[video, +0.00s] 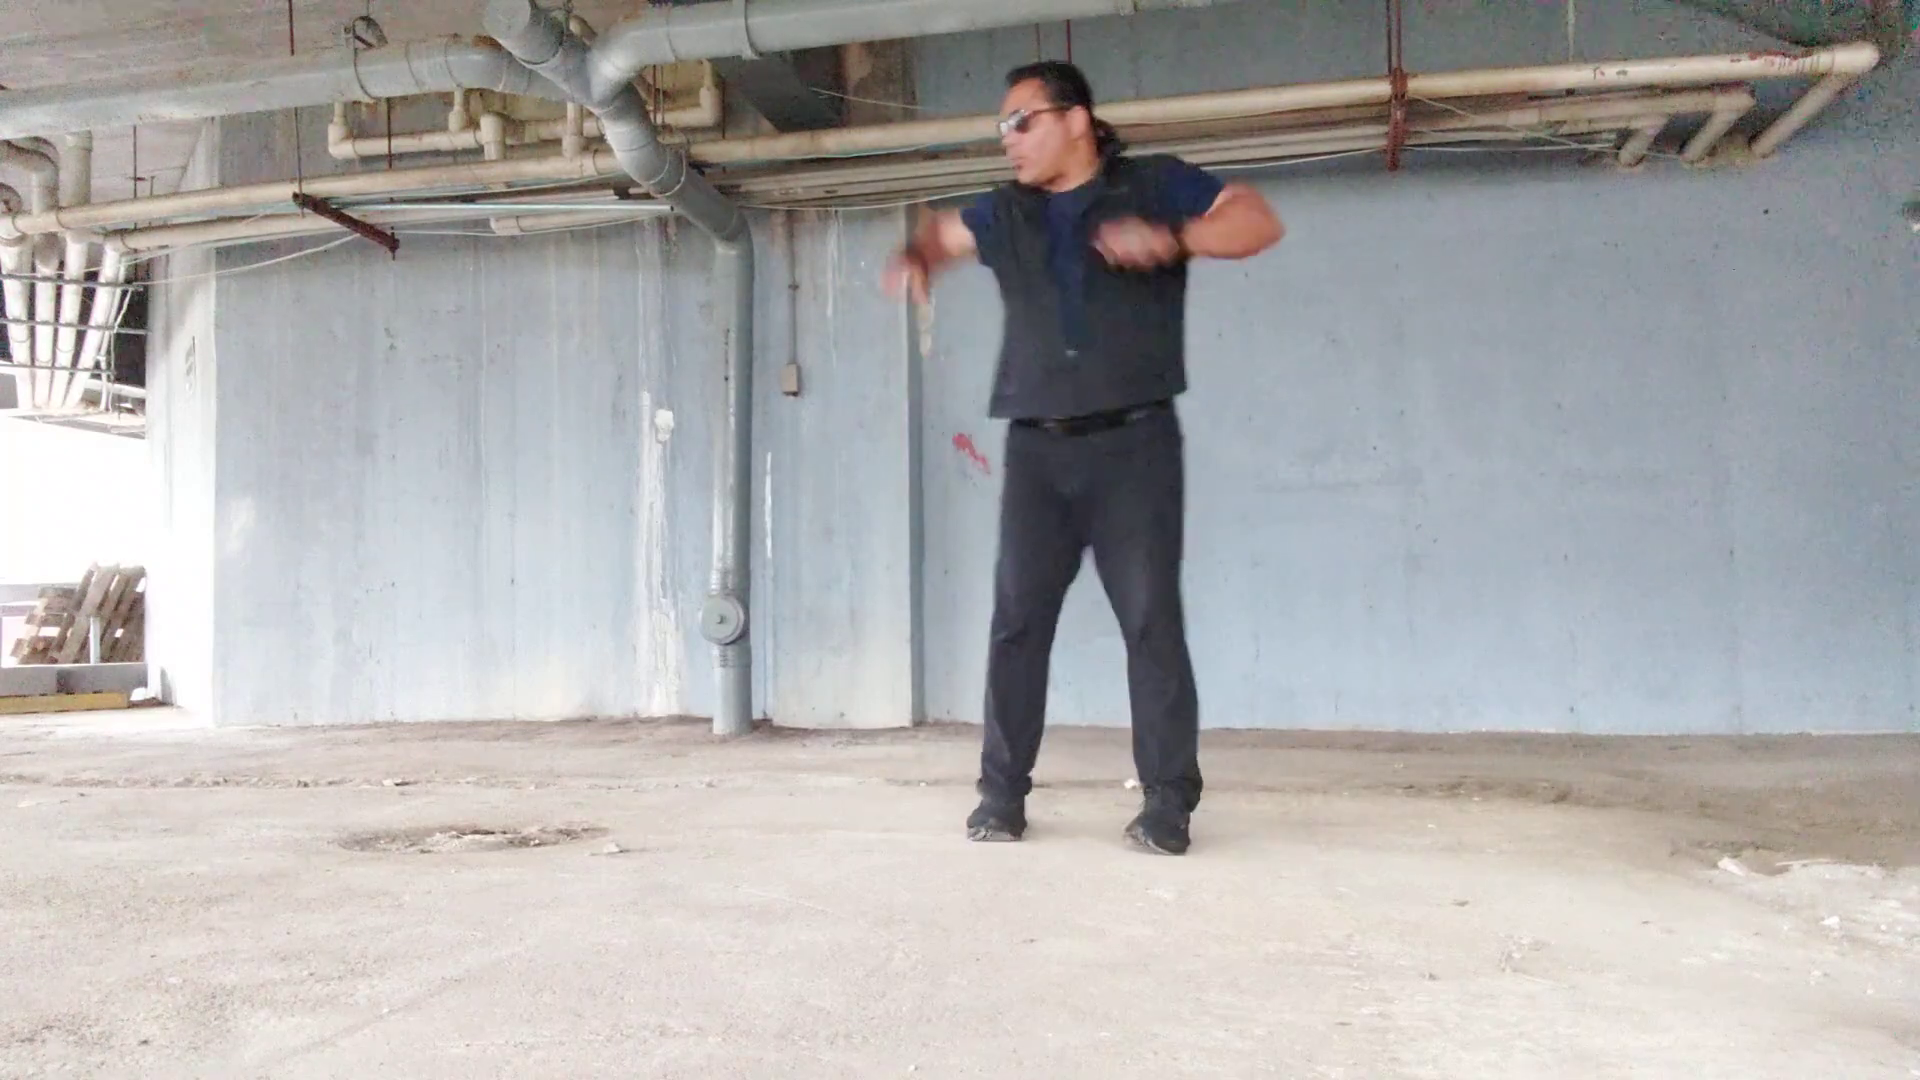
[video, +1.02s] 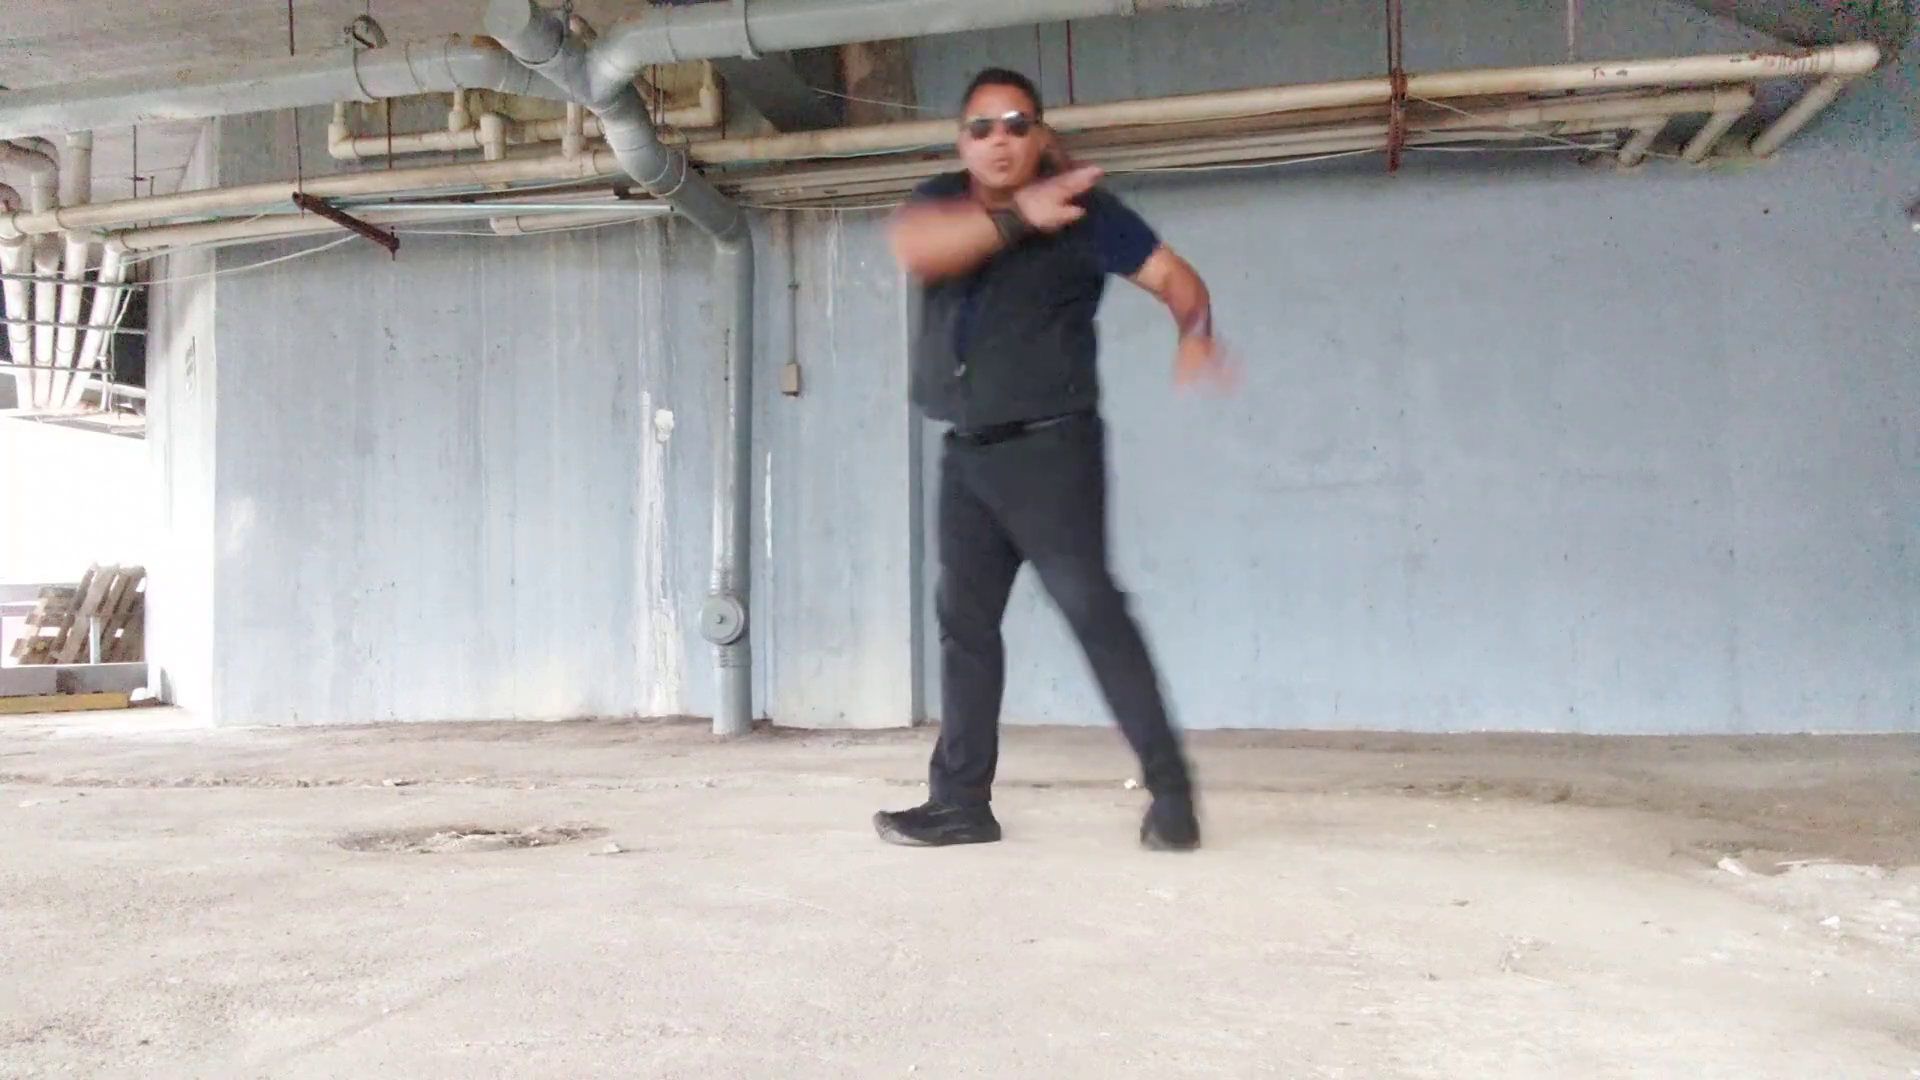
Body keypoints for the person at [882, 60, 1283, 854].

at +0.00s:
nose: (1009, 139)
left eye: (1023, 122)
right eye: (1004, 127)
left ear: (1079, 120)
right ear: (1016, 137)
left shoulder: (1152, 184)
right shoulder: (1007, 210)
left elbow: (1259, 223)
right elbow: (936, 237)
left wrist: (1169, 239)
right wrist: (915, 258)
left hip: (1134, 443)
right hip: (1037, 449)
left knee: (1151, 623)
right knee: (1017, 623)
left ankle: (1168, 800)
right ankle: (1002, 795)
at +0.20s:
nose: (1045, 149)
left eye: (1060, 131)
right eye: (1040, 135)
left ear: (1113, 132)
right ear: (1043, 147)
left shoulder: (1191, 217)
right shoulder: (1036, 235)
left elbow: (1212, 321)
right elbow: (997, 352)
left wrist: (1118, 322)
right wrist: (1019, 324)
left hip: (1172, 453)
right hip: (1076, 460)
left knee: (1170, 621)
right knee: (1061, 614)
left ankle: (1168, 805)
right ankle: (1158, 734)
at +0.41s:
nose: (1054, 162)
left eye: (1067, 147)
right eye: (1050, 151)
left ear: (1122, 146)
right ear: (1069, 164)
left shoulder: (1187, 207)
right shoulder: (1064, 222)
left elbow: (1273, 271)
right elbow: (999, 248)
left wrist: (1332, 314)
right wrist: (1103, 214)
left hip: (1162, 443)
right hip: (1099, 454)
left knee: (1102, 602)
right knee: (1172, 617)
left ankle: (1178, 778)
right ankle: (1259, 780)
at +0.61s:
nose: (1099, 150)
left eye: (1114, 135)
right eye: (1083, 139)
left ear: (1146, 146)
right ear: (1065, 157)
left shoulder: (1195, 233)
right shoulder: (1040, 243)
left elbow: (1237, 325)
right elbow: (1001, 348)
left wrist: (1167, 289)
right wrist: (1015, 371)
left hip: (1162, 457)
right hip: (1070, 464)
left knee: (1155, 620)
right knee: (1016, 610)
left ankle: (1186, 807)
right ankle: (1144, 737)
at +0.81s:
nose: (1066, 129)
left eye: (1082, 112)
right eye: (1048, 116)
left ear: (1110, 124)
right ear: (1029, 132)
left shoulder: (1156, 206)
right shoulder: (1010, 210)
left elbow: (1154, 310)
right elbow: (930, 227)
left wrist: (1042, 331)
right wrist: (910, 234)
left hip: (1139, 449)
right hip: (1042, 452)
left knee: (1172, 626)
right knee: (996, 617)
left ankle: (1190, 806)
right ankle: (943, 791)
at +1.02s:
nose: (999, 140)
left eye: (1016, 126)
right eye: (982, 127)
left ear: (1043, 138)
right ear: (961, 141)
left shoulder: (1081, 207)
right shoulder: (941, 203)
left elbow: (1175, 279)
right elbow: (911, 250)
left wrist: (1195, 332)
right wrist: (1019, 215)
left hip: (1053, 448)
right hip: (969, 453)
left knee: (1091, 610)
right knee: (966, 623)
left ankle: (1169, 787)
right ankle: (960, 801)